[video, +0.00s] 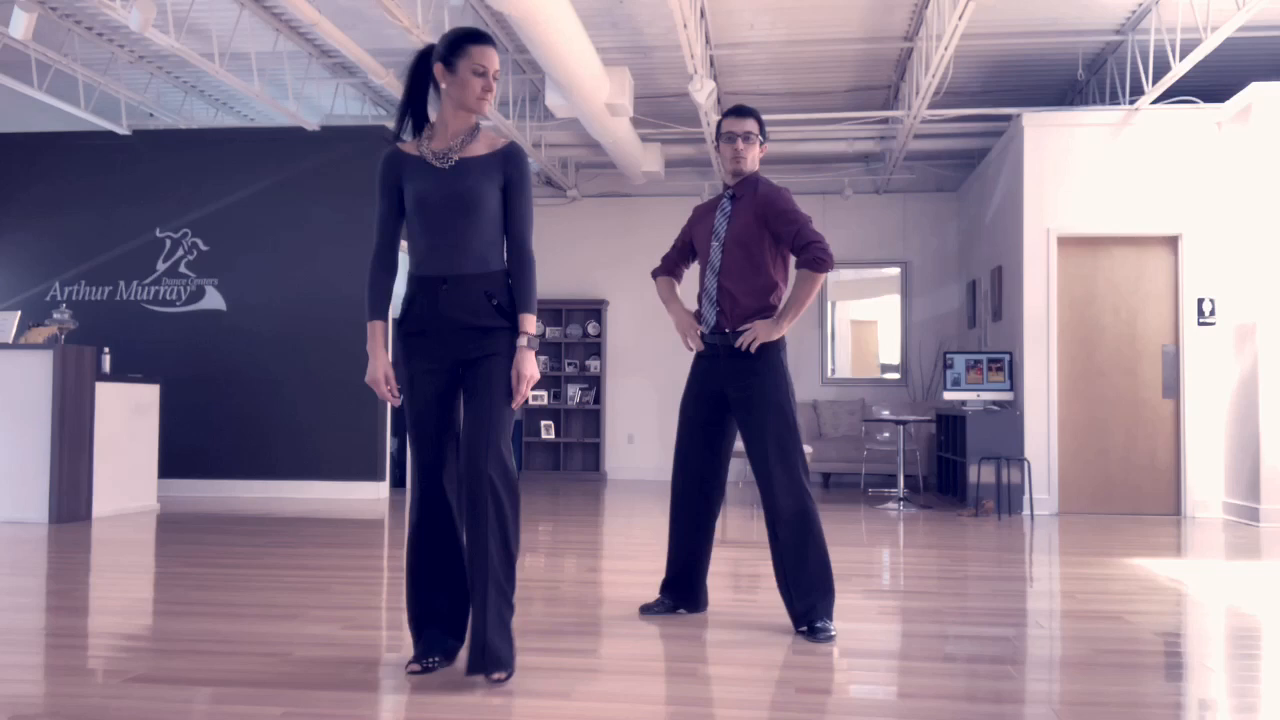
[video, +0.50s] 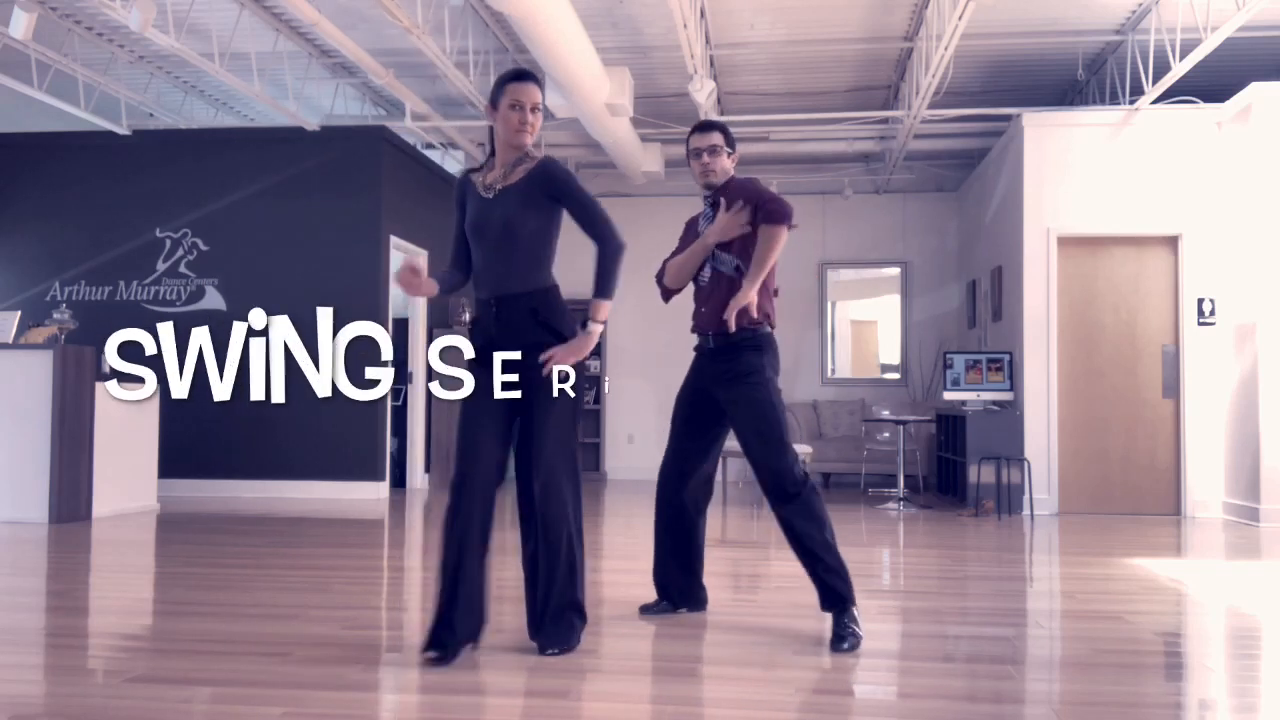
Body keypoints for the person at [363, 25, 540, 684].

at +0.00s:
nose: (489, 86)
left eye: (494, 77)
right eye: (478, 74)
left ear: (496, 85)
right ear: (440, 73)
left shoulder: (507, 156)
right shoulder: (402, 159)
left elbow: (520, 247)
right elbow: (385, 253)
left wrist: (528, 337)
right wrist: (377, 341)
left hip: (493, 329)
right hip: (423, 329)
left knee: (484, 472)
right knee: (431, 482)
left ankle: (493, 644)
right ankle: (436, 635)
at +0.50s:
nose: (528, 118)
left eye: (536, 110)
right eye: (517, 108)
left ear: (543, 119)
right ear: (492, 114)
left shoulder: (550, 174)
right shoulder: (470, 184)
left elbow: (610, 241)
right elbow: (459, 270)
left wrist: (590, 332)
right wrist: (432, 284)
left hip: (547, 333)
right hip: (487, 335)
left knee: (546, 481)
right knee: (473, 482)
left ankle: (558, 625)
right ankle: (455, 628)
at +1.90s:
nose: (579, 164)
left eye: (587, 157)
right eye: (569, 154)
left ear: (593, 166)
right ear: (543, 158)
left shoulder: (590, 213)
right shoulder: (518, 229)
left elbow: (622, 270)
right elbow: (502, 304)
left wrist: (583, 327)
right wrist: (498, 360)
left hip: (560, 371)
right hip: (517, 371)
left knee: (474, 452)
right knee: (499, 487)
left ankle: (502, 605)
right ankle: (547, 609)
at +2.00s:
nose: (581, 164)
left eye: (588, 157)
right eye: (570, 154)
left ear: (594, 166)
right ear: (544, 159)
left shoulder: (591, 213)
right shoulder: (518, 228)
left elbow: (623, 271)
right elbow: (501, 305)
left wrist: (583, 328)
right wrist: (496, 362)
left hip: (560, 371)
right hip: (518, 370)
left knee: (475, 451)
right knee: (499, 486)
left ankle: (502, 605)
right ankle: (546, 608)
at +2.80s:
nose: (576, 161)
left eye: (584, 153)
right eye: (565, 151)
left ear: (591, 161)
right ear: (541, 156)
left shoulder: (589, 211)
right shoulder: (516, 225)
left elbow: (621, 268)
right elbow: (499, 311)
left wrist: (584, 324)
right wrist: (491, 387)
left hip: (558, 370)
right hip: (515, 369)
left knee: (475, 452)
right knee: (495, 481)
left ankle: (504, 605)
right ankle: (546, 607)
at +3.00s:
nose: (575, 161)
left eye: (583, 152)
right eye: (564, 151)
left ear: (591, 160)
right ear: (541, 156)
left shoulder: (589, 209)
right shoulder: (517, 225)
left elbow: (622, 267)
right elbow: (500, 310)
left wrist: (583, 326)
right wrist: (492, 386)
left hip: (559, 369)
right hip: (516, 368)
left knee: (476, 451)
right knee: (499, 482)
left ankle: (505, 605)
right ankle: (546, 608)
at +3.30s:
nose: (577, 159)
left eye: (585, 151)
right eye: (566, 150)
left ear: (592, 159)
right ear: (543, 155)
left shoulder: (591, 206)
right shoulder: (519, 223)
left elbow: (624, 263)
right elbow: (502, 308)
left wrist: (586, 324)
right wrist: (491, 386)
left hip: (560, 367)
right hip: (517, 366)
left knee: (479, 452)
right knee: (500, 480)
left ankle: (505, 606)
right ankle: (546, 608)